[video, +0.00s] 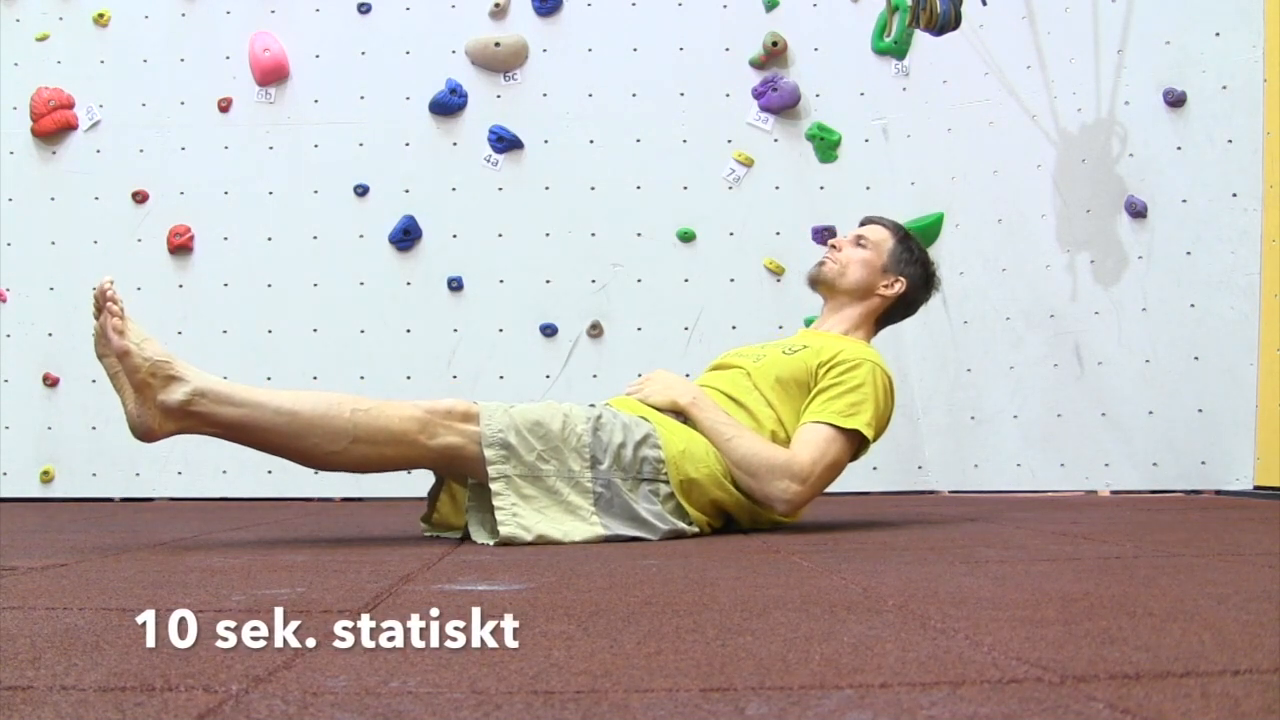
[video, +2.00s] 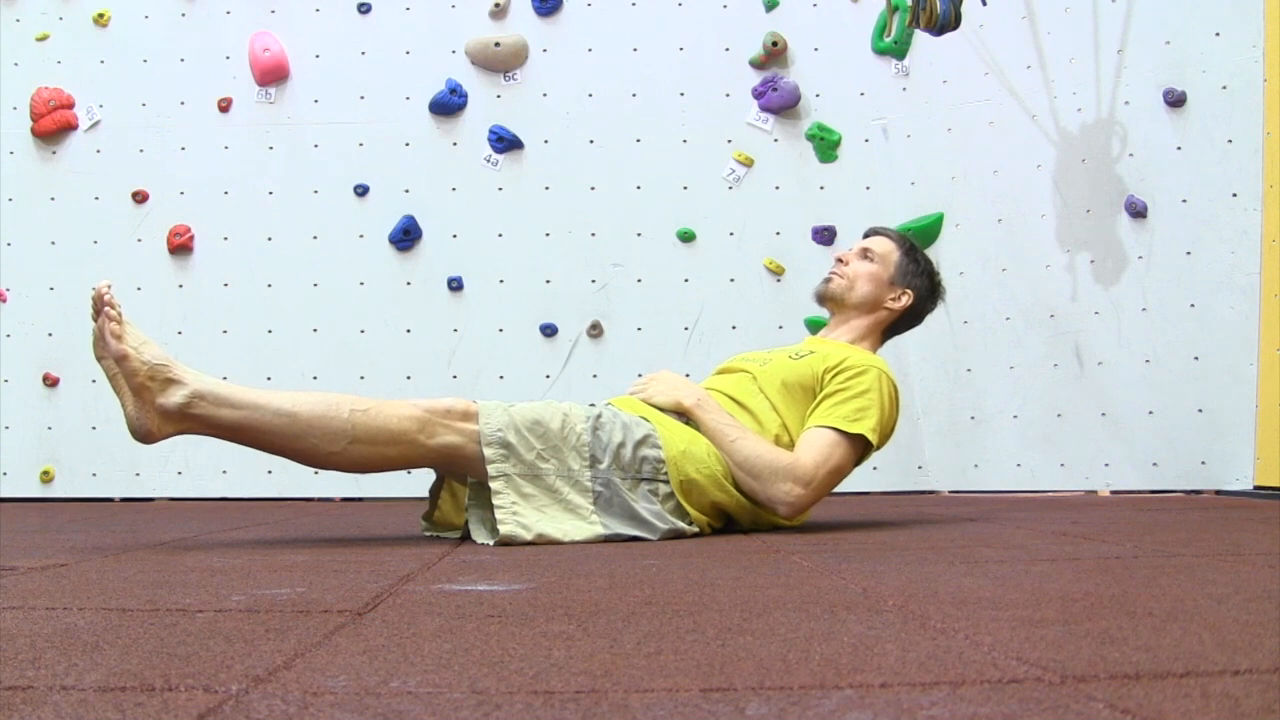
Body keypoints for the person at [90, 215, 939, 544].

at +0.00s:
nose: (833, 242)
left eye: (857, 242)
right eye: (843, 235)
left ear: (887, 286)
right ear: (847, 273)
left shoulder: (858, 367)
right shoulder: (795, 352)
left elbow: (789, 489)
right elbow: (745, 462)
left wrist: (694, 399)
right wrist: (672, 403)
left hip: (662, 459)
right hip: (640, 444)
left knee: (443, 427)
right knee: (432, 429)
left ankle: (178, 398)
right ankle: (180, 399)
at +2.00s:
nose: (845, 254)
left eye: (868, 254)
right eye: (855, 246)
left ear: (896, 300)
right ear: (860, 284)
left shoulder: (864, 376)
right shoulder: (804, 358)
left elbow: (791, 492)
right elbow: (750, 466)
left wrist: (700, 403)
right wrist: (676, 407)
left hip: (659, 460)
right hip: (639, 445)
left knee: (441, 428)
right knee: (430, 428)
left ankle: (178, 400)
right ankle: (179, 401)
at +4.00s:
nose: (848, 265)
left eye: (871, 264)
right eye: (858, 255)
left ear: (900, 311)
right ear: (871, 299)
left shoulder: (867, 384)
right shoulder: (812, 367)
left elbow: (795, 494)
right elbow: (758, 475)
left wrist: (701, 403)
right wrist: (677, 408)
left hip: (655, 461)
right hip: (639, 447)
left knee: (443, 427)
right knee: (435, 424)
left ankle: (177, 405)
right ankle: (179, 406)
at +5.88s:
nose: (832, 260)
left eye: (856, 258)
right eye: (838, 249)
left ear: (891, 299)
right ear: (846, 284)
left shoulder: (860, 376)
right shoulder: (797, 361)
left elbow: (789, 492)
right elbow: (747, 468)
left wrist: (699, 403)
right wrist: (666, 410)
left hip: (646, 468)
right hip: (616, 439)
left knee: (435, 440)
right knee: (424, 396)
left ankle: (177, 467)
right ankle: (197, 333)